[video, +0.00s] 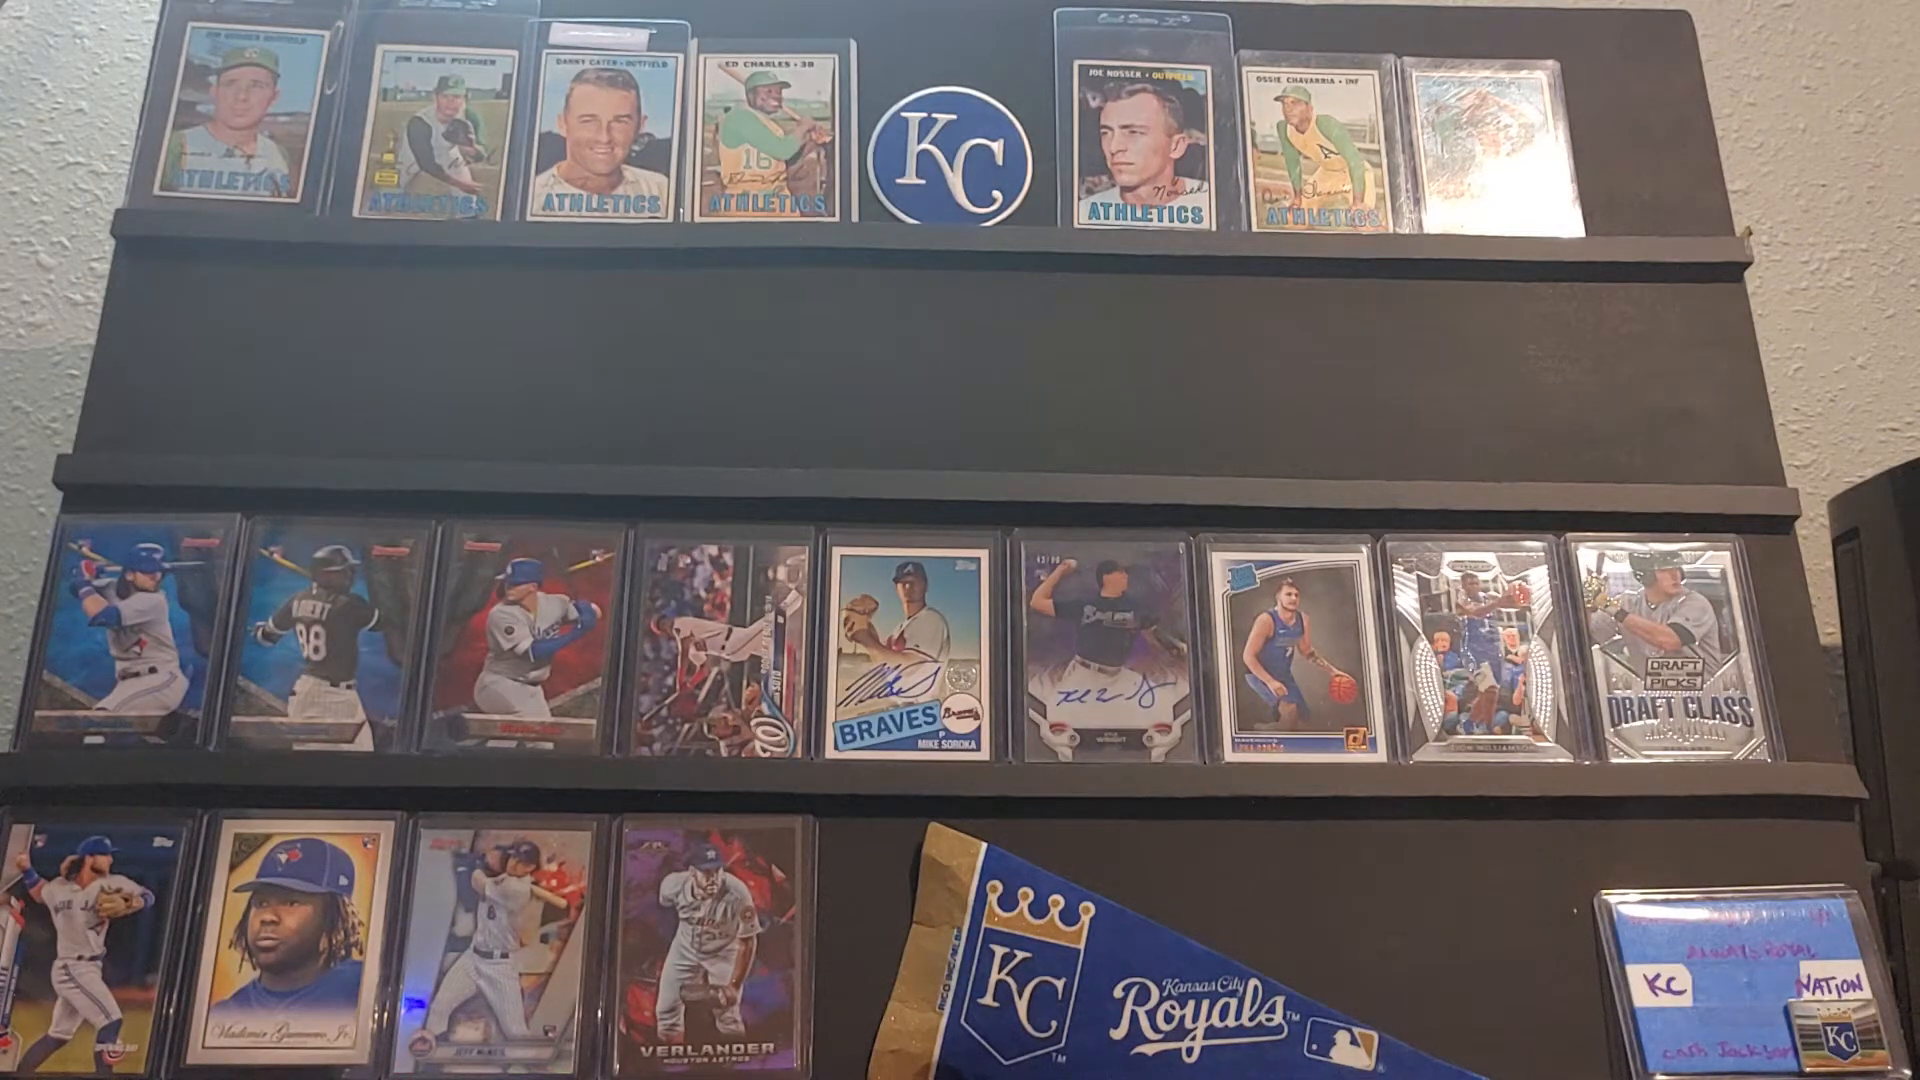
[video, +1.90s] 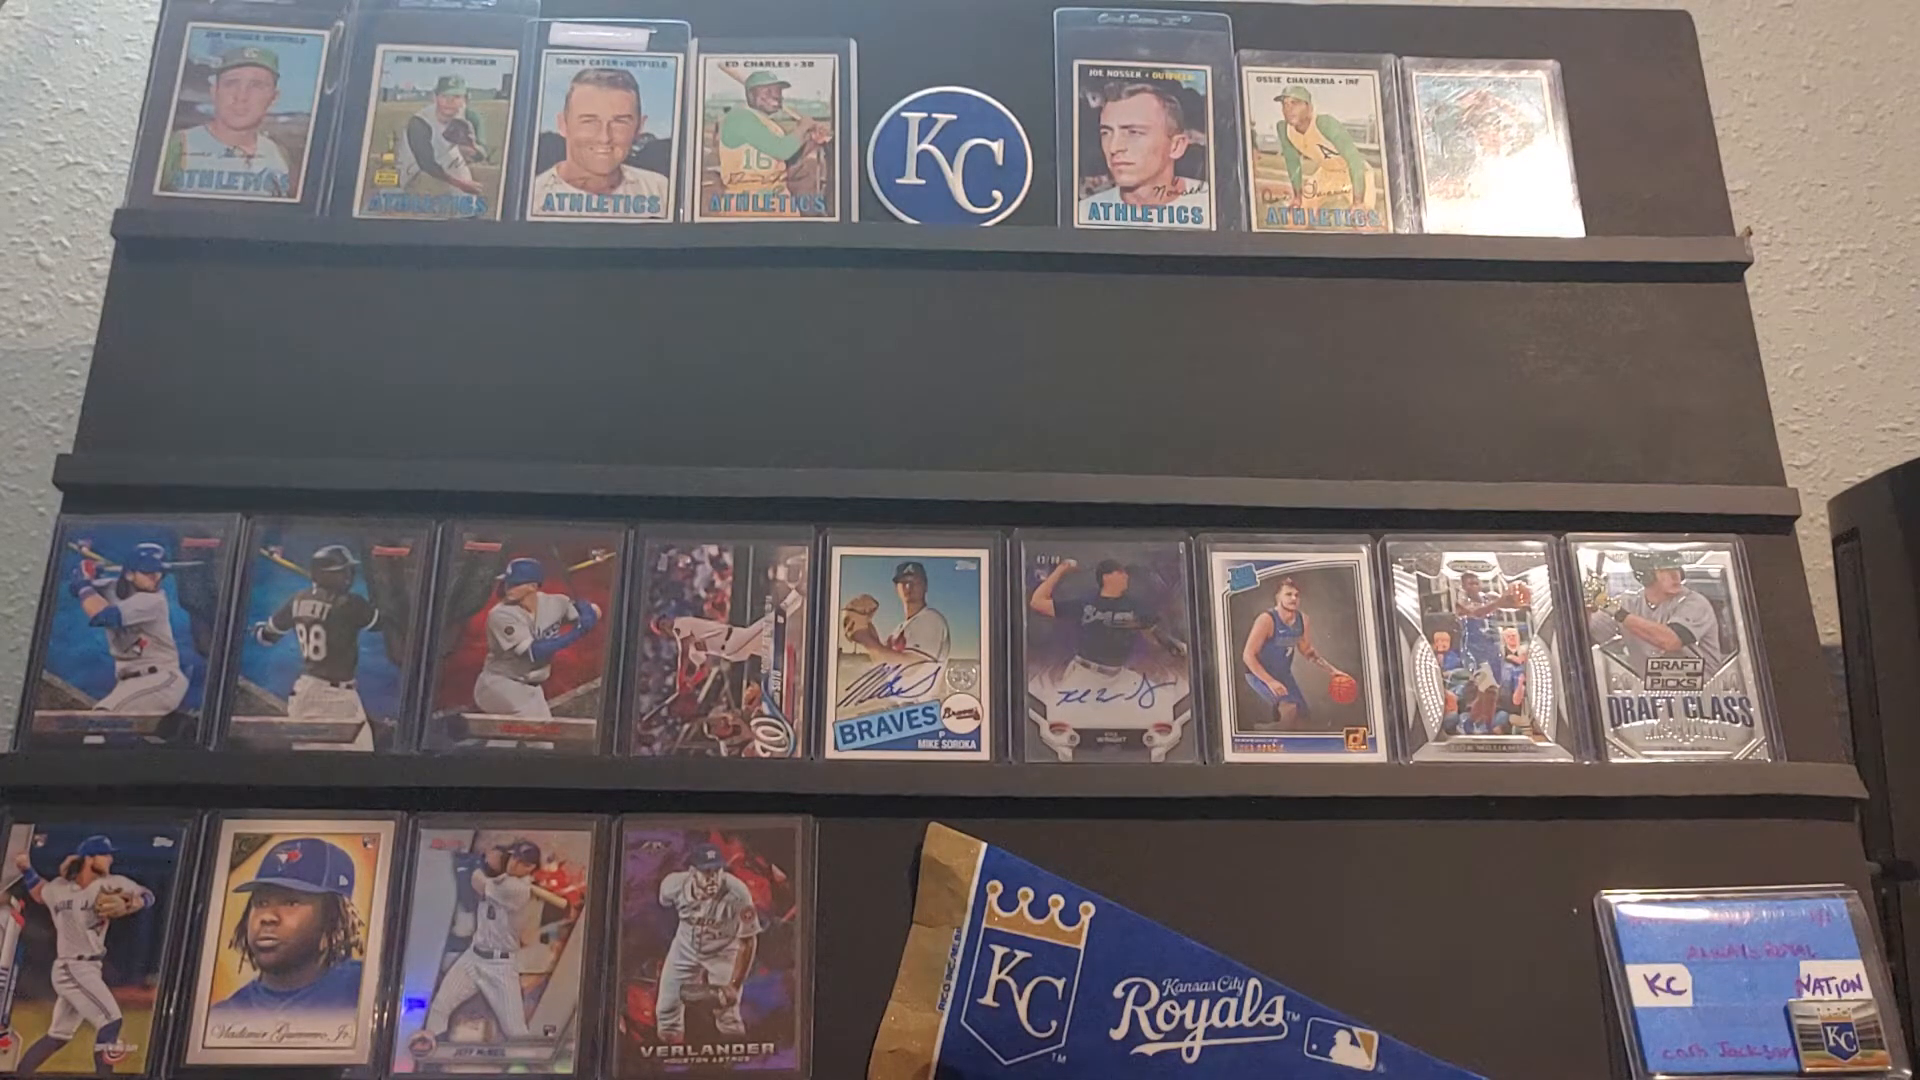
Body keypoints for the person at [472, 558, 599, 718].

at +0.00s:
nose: (508, 588)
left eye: (514, 584)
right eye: (507, 583)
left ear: (532, 587)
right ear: (505, 583)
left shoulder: (553, 603)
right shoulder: (500, 614)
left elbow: (577, 607)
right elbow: (532, 652)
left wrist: (587, 613)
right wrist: (576, 633)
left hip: (531, 688)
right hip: (497, 684)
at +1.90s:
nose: (507, 588)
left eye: (514, 584)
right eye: (507, 583)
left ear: (532, 586)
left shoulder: (554, 603)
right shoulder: (500, 615)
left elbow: (578, 606)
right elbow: (532, 652)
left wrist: (587, 615)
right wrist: (577, 632)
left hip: (531, 687)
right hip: (496, 683)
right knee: (529, 714)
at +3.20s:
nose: (508, 588)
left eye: (514, 584)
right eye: (507, 584)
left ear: (533, 586)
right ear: (504, 584)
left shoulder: (554, 603)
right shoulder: (500, 614)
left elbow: (581, 607)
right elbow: (531, 652)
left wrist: (587, 614)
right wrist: (576, 633)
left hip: (531, 688)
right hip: (497, 684)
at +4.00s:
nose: (508, 588)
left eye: (514, 584)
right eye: (507, 583)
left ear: (533, 586)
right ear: (504, 584)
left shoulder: (555, 603)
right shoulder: (500, 614)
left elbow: (579, 607)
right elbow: (532, 651)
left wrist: (587, 614)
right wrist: (576, 633)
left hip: (531, 688)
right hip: (497, 684)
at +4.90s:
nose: (508, 588)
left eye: (514, 584)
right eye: (507, 583)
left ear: (533, 586)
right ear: (504, 584)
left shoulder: (555, 603)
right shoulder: (500, 614)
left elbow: (579, 608)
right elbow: (532, 652)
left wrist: (587, 614)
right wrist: (575, 634)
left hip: (531, 687)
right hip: (496, 684)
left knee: (546, 734)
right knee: (532, 715)